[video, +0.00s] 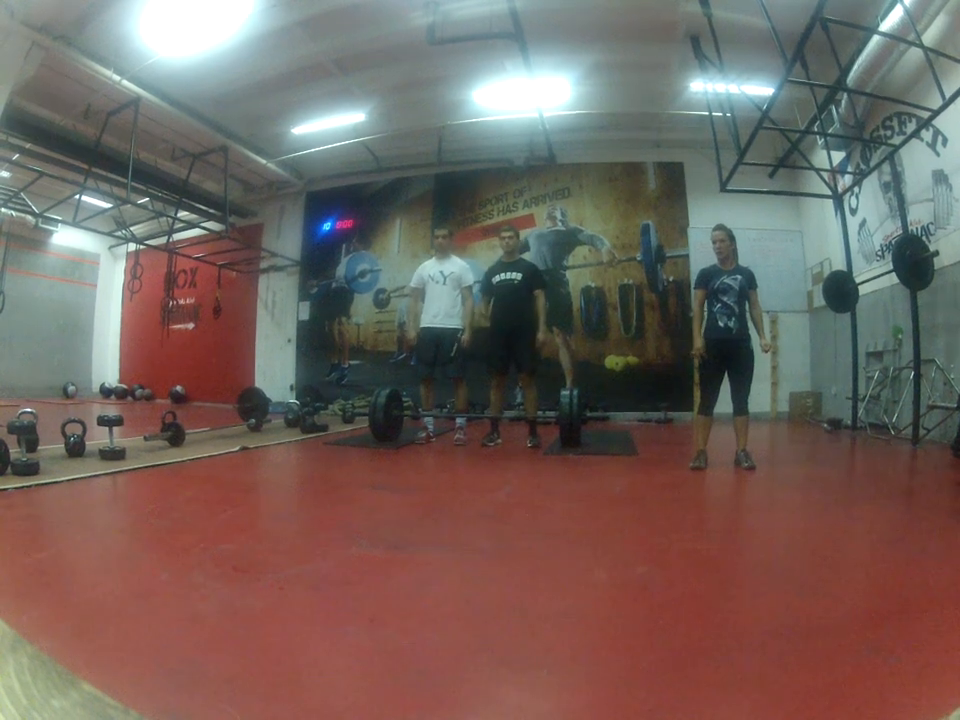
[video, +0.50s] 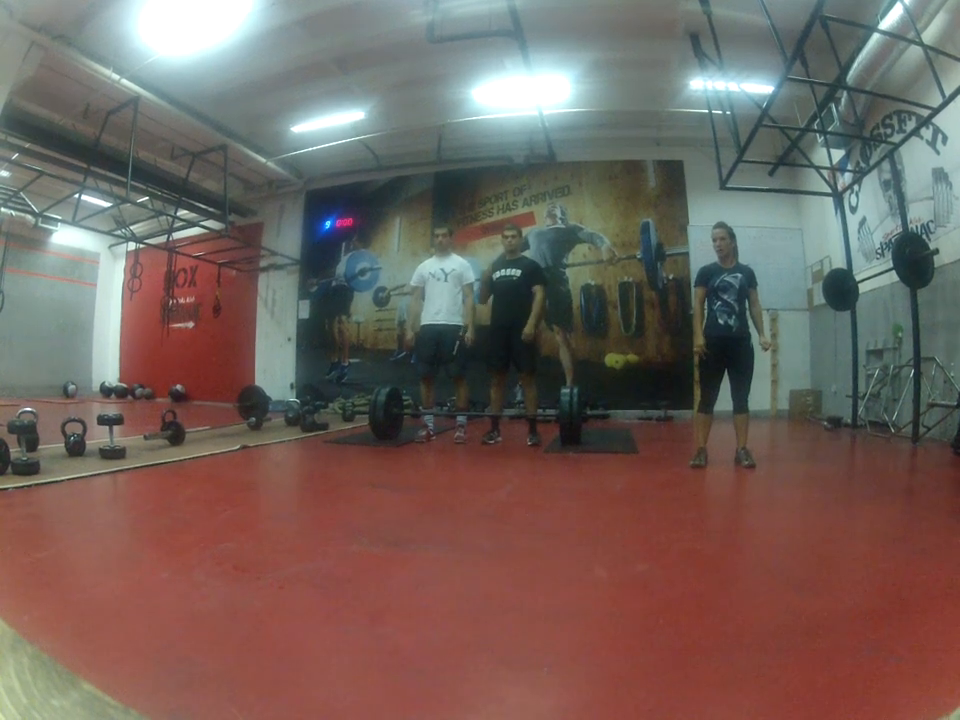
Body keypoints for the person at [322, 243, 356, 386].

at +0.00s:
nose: (353, 245)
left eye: (356, 243)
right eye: (353, 242)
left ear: (362, 245)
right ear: (353, 243)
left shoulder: (361, 258)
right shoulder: (347, 258)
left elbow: (362, 275)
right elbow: (338, 276)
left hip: (345, 291)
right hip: (334, 291)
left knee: (342, 328)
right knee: (332, 328)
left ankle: (345, 365)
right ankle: (335, 363)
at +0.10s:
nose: (353, 245)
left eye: (356, 243)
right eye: (353, 242)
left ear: (361, 245)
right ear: (353, 243)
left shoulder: (360, 259)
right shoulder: (346, 259)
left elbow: (362, 275)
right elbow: (337, 277)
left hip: (345, 291)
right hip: (334, 291)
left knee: (342, 328)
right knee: (332, 328)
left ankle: (345, 365)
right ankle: (335, 363)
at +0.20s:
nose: (353, 245)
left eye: (356, 242)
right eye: (353, 242)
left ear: (361, 245)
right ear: (353, 243)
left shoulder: (361, 259)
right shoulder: (346, 259)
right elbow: (336, 276)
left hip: (345, 290)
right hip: (334, 290)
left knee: (342, 327)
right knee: (332, 328)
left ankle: (345, 365)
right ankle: (335, 363)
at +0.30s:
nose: (353, 245)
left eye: (356, 242)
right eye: (353, 242)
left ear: (361, 245)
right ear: (352, 243)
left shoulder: (360, 258)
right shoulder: (346, 259)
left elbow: (362, 275)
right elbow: (336, 276)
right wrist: (319, 282)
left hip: (345, 290)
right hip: (334, 290)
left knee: (342, 327)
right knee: (332, 328)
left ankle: (345, 364)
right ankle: (335, 363)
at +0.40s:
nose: (352, 245)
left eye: (355, 242)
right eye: (352, 242)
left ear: (359, 243)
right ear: (351, 243)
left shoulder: (359, 258)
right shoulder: (345, 258)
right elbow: (337, 275)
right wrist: (319, 282)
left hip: (345, 290)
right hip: (334, 290)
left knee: (342, 327)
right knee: (332, 327)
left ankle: (345, 364)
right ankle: (335, 362)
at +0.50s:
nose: (352, 243)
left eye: (354, 241)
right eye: (352, 241)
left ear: (357, 242)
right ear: (351, 241)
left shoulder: (359, 257)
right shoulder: (345, 257)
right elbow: (336, 274)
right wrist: (319, 280)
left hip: (345, 289)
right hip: (334, 289)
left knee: (342, 325)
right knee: (332, 326)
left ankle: (345, 363)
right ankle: (334, 362)